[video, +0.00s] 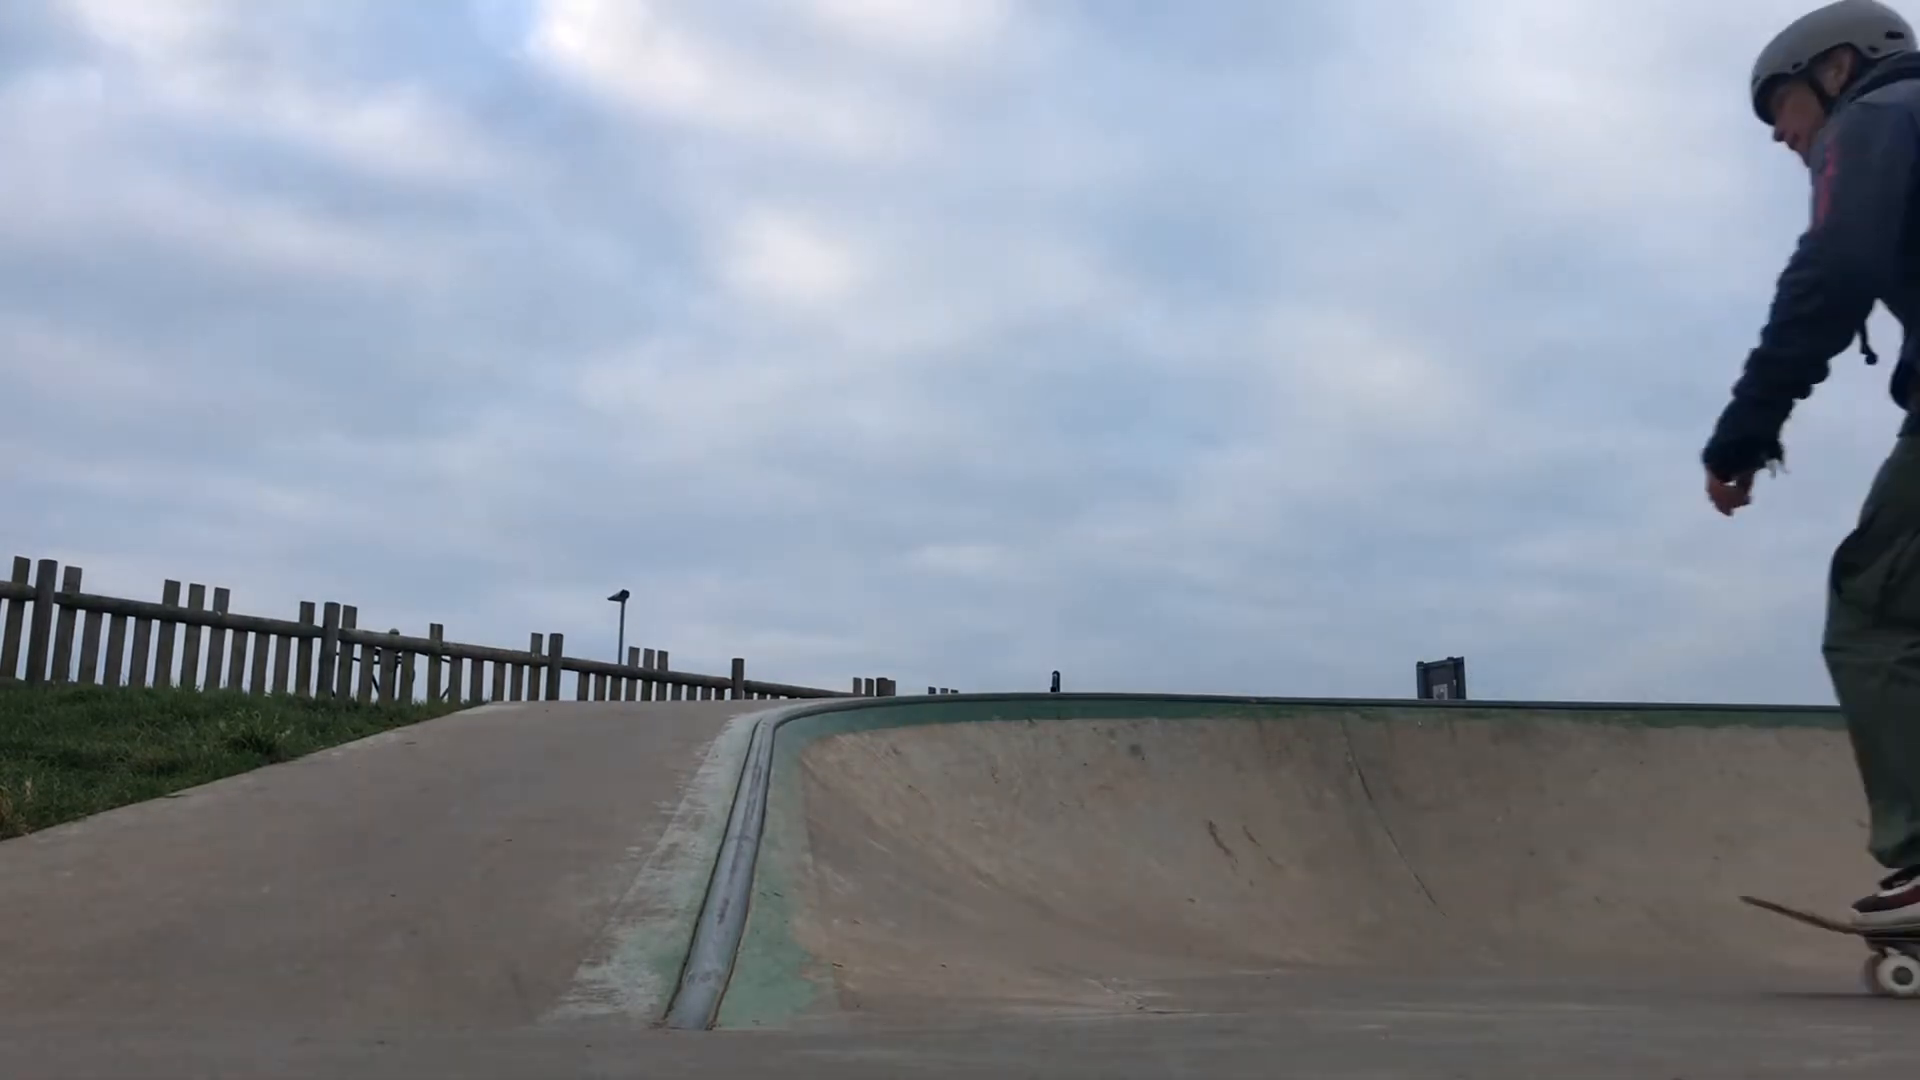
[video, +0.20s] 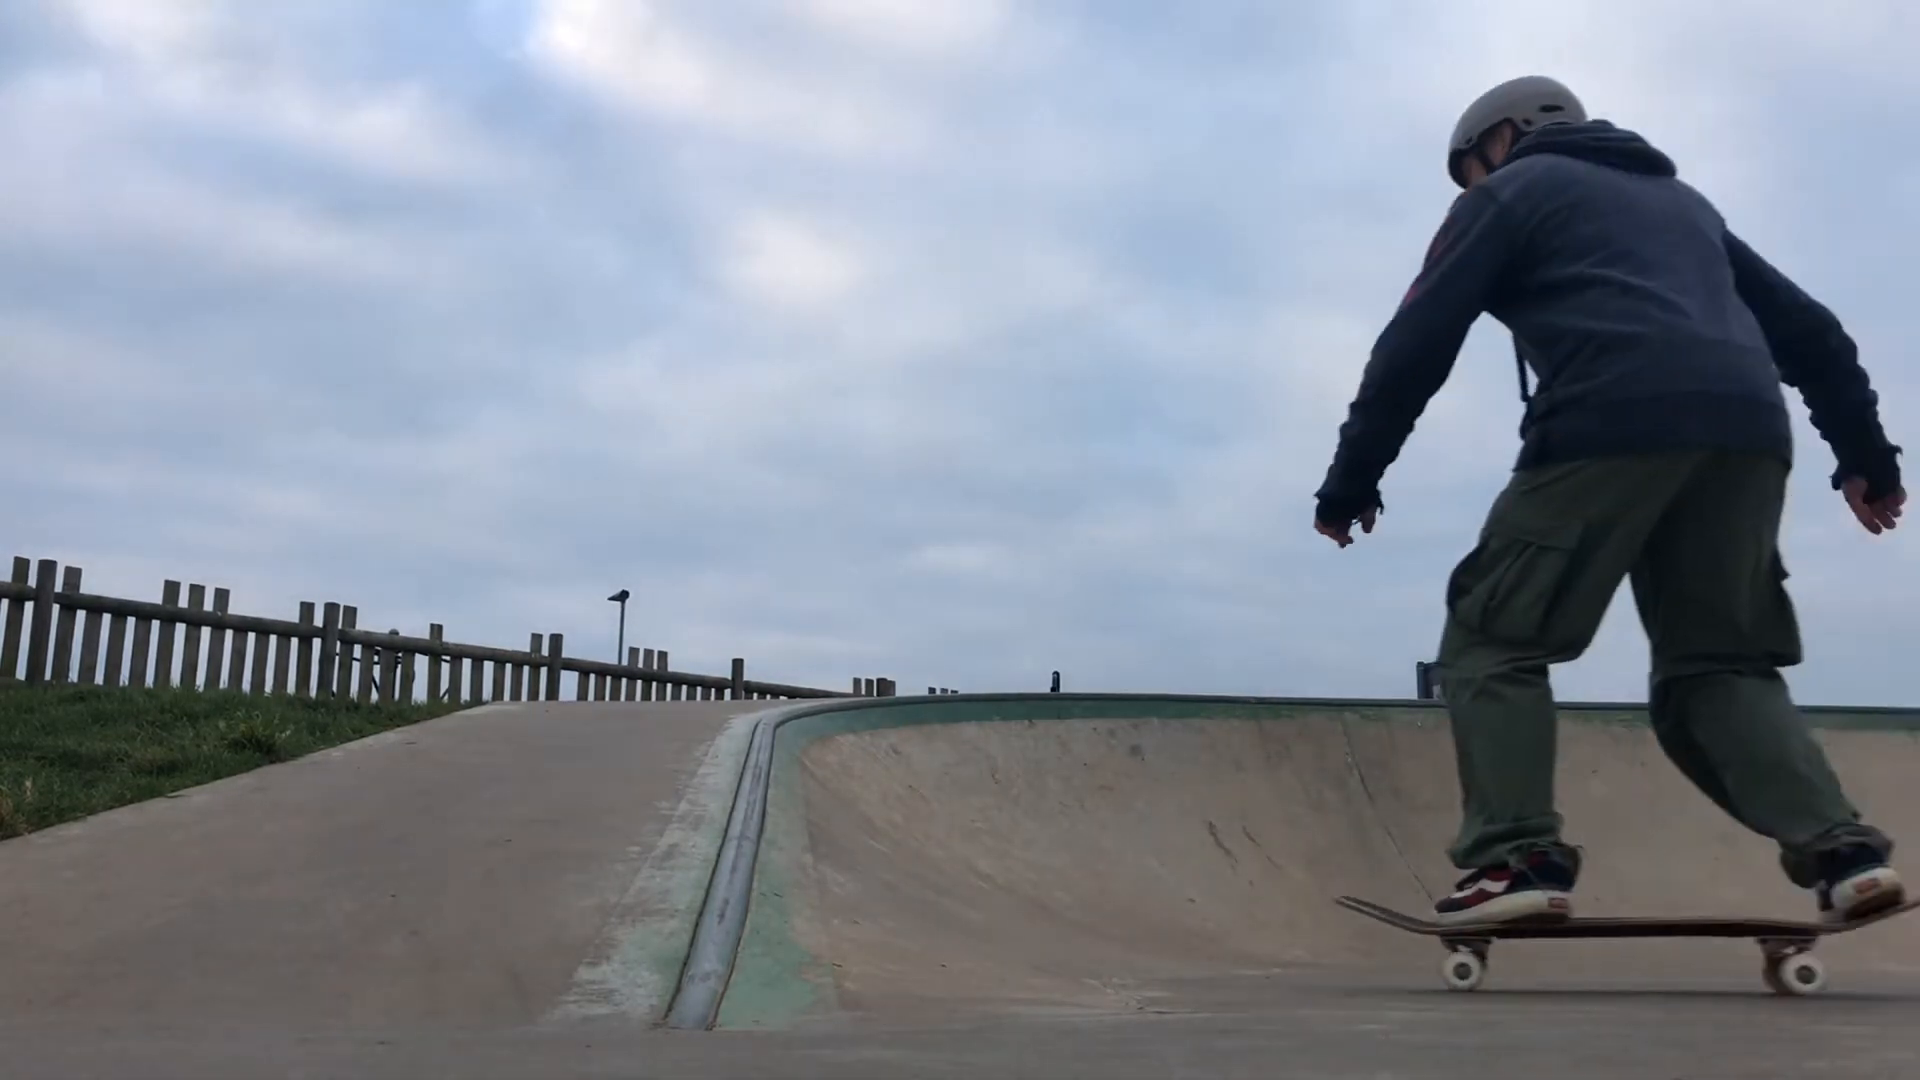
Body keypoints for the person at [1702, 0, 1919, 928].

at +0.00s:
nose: (1780, 134)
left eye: (1779, 108)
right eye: (1772, 119)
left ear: (1838, 69)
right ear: (1851, 72)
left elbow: (1828, 283)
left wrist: (1741, 435)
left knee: (1872, 607)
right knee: (1880, 603)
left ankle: (1914, 857)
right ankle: (1911, 857)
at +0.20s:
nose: (1471, 190)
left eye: (1472, 172)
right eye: (1466, 178)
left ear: (1504, 138)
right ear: (1571, 131)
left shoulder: (1507, 194)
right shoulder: (1680, 201)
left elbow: (1410, 348)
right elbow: (1810, 327)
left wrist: (1352, 476)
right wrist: (1864, 450)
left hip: (1611, 417)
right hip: (1750, 423)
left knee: (1494, 639)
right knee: (1712, 663)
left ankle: (1517, 857)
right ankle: (1839, 848)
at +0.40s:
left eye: (1260, 180)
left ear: (1261, 179)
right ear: (1354, 173)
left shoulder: (1220, 248)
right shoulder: (1412, 226)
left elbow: (1158, 402)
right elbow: (1572, 257)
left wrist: (1198, 482)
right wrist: (1697, 318)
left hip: (1231, 444)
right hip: (1358, 456)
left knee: (1137, 645)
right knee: (1330, 663)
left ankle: (1074, 839)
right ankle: (1342, 860)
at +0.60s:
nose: (1199, 230)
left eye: (1186, 224)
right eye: (1197, 222)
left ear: (1119, 213)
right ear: (1183, 217)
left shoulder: (1056, 260)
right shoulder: (1190, 243)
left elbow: (953, 350)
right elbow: (1301, 261)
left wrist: (955, 425)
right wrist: (1426, 321)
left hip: (973, 398)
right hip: (1067, 415)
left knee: (934, 596)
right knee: (1021, 643)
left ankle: (780, 706)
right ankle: (875, 767)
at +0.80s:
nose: (1133, 267)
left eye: (1134, 258)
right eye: (1131, 257)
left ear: (1070, 220)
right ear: (1115, 238)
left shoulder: (993, 250)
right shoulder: (1100, 256)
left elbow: (929, 320)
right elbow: (1156, 343)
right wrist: (1255, 420)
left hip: (870, 393)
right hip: (941, 409)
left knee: (873, 583)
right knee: (959, 609)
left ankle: (776, 693)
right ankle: (818, 718)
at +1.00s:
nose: (1155, 257)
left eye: (1164, 249)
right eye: (1158, 242)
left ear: (1110, 201)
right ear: (1131, 213)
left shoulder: (1022, 233)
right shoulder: (1082, 230)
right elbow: (1136, 287)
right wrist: (1217, 314)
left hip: (897, 395)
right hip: (939, 412)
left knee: (899, 578)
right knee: (937, 593)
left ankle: (785, 685)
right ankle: (805, 714)